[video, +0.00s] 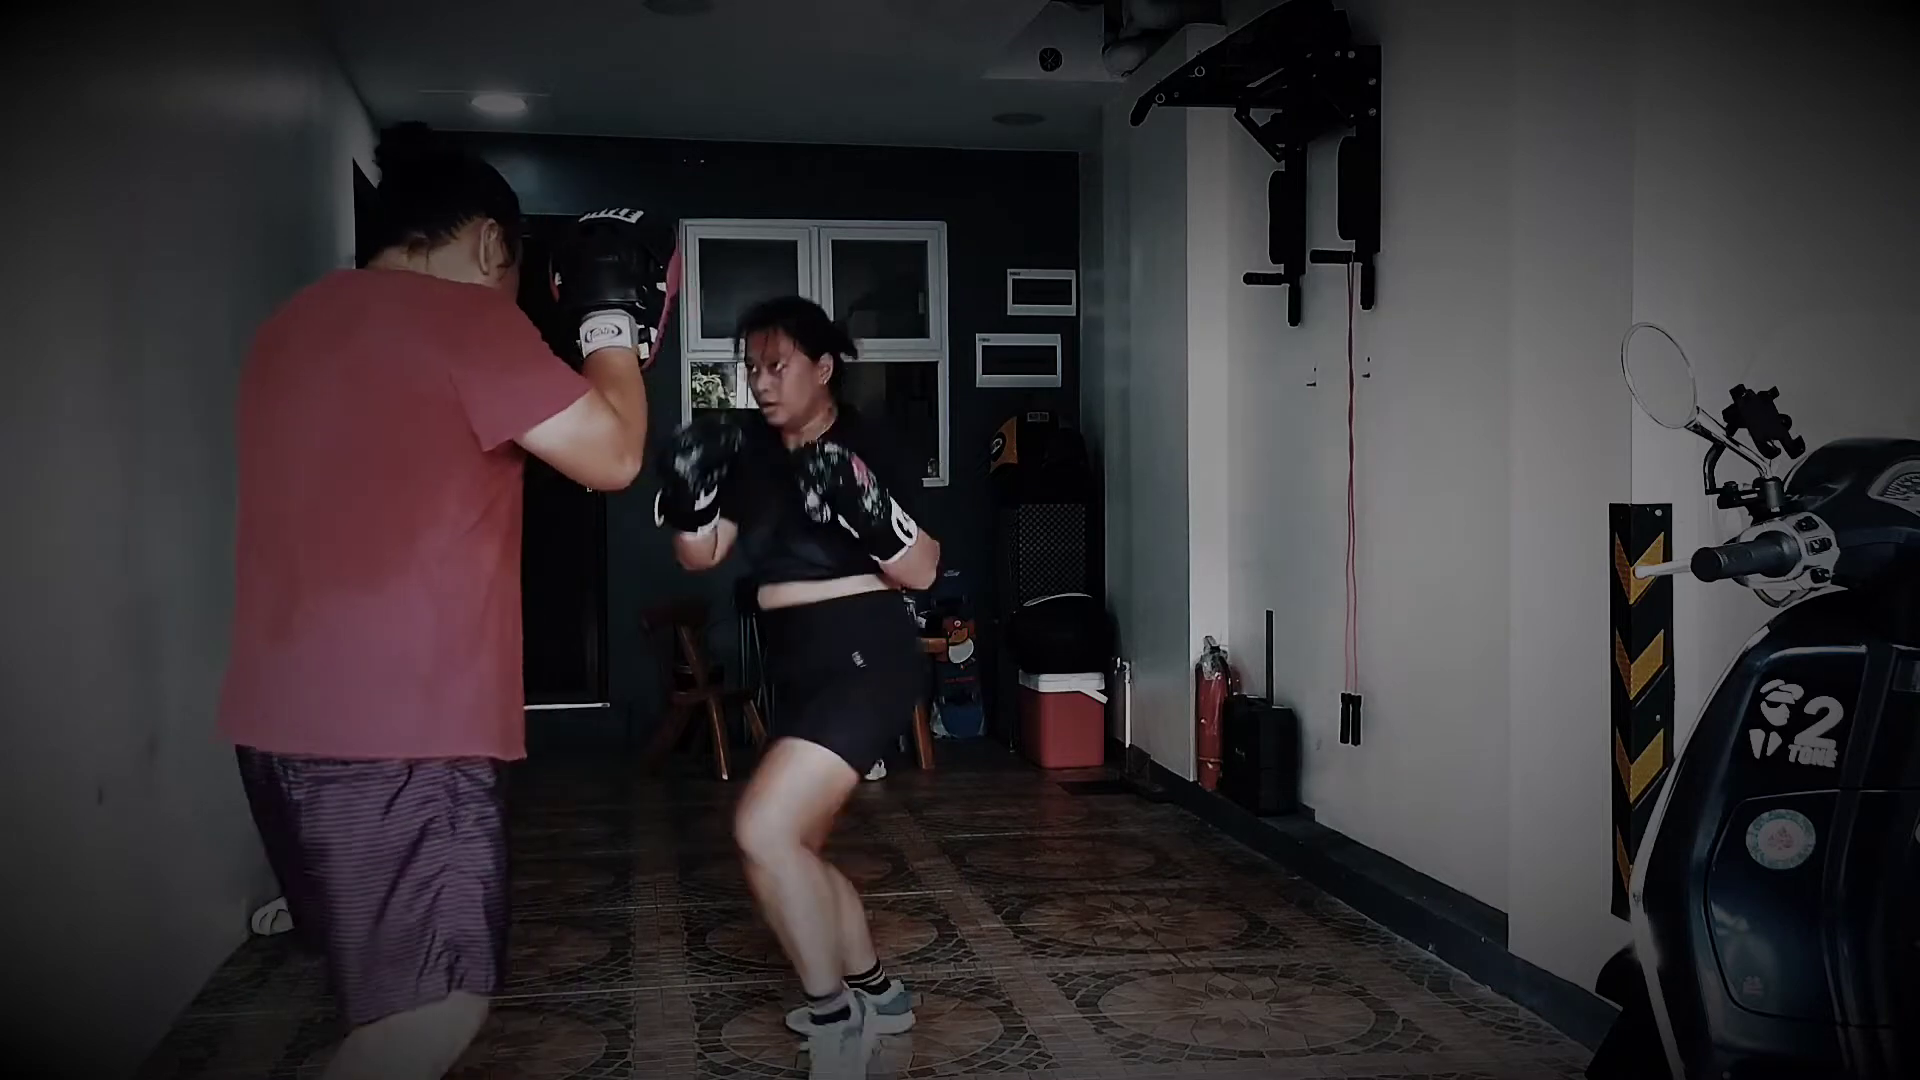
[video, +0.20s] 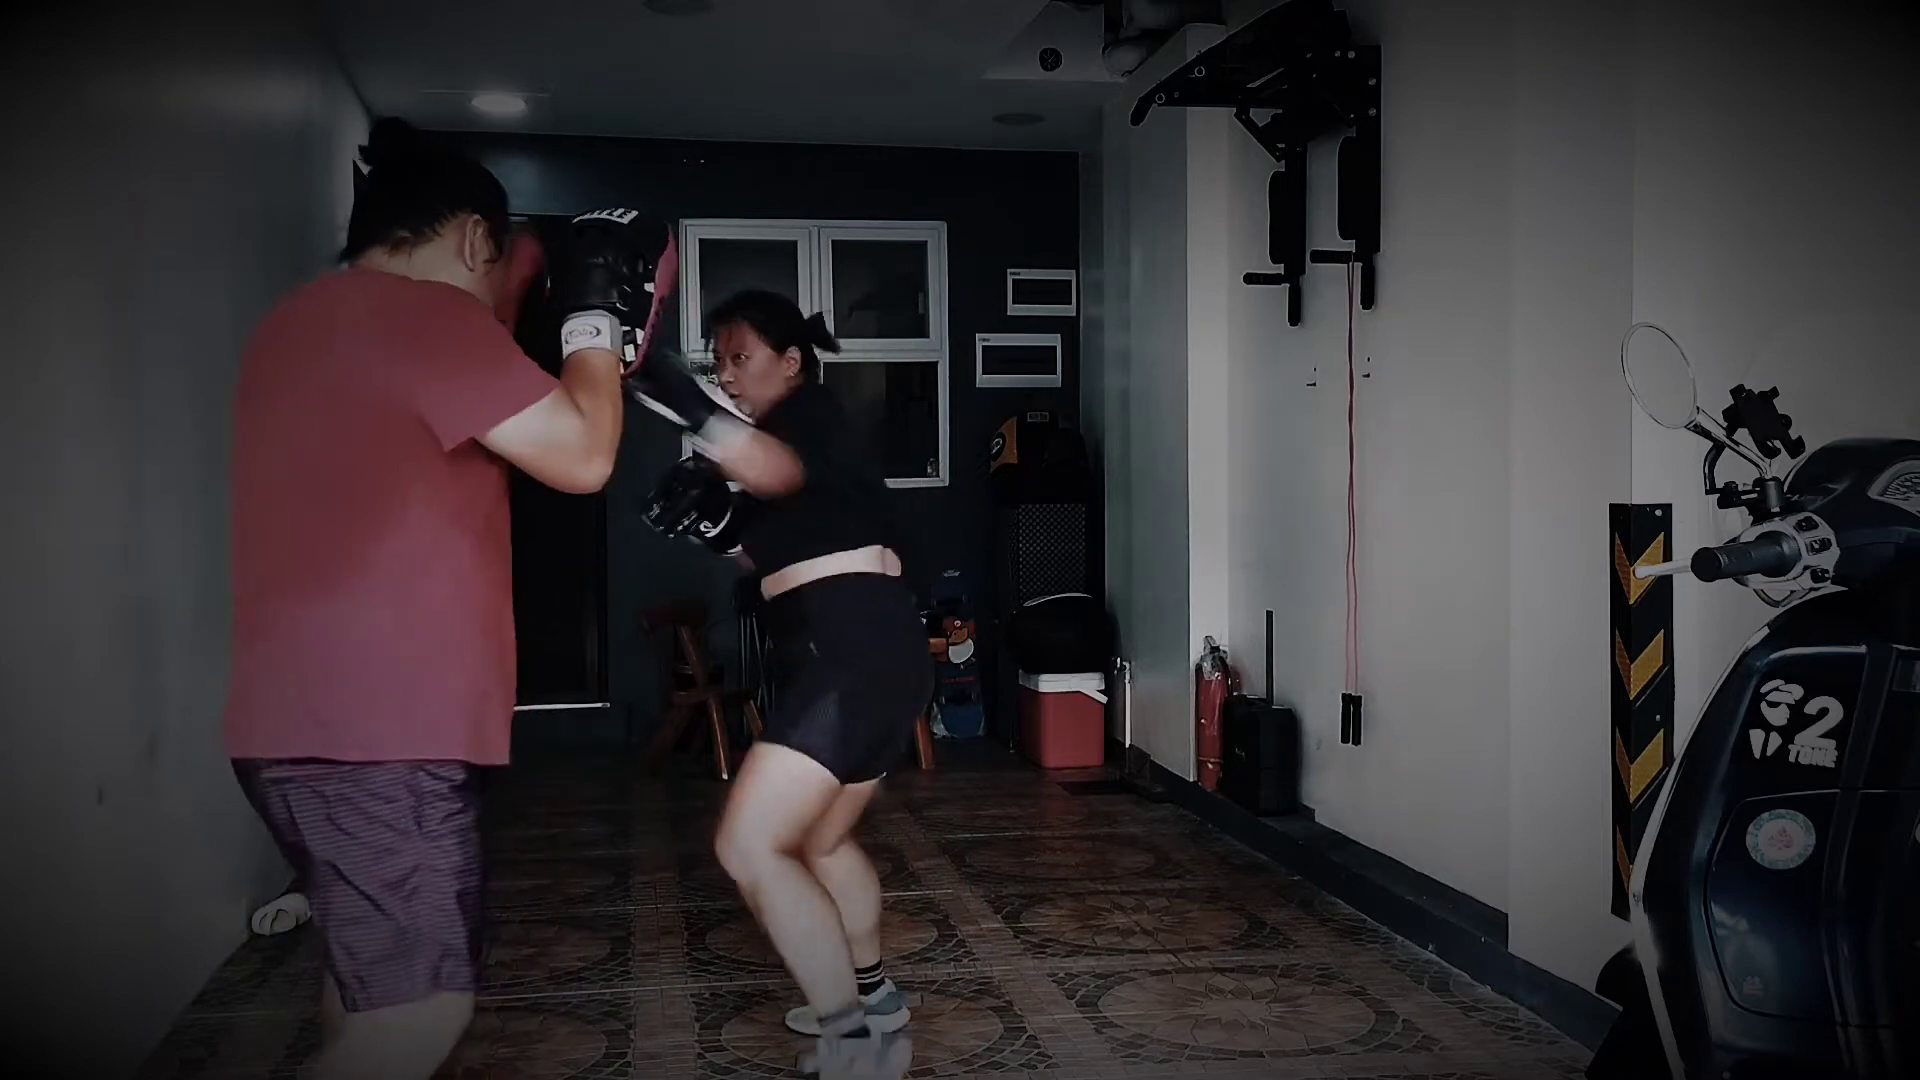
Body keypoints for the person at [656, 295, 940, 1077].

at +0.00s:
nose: (762, 383)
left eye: (778, 365)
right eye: (754, 368)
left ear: (824, 367)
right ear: (746, 376)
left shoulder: (867, 447)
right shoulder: (746, 454)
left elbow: (921, 571)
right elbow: (700, 555)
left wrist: (868, 514)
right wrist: (689, 491)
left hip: (872, 657)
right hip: (791, 663)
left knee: (764, 826)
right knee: (796, 846)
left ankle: (834, 1020)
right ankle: (873, 991)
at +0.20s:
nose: (728, 377)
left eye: (741, 358)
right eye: (721, 365)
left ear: (791, 357)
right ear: (727, 371)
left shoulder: (812, 414)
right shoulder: (798, 434)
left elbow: (771, 469)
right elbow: (779, 559)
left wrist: (690, 405)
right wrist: (721, 523)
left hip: (848, 649)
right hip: (881, 648)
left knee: (748, 841)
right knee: (823, 840)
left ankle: (849, 1033)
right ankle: (871, 990)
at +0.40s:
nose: (743, 362)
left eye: (758, 344)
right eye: (739, 347)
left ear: (812, 348)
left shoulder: (852, 422)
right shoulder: (754, 436)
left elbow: (805, 529)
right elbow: (752, 562)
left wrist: (713, 468)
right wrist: (703, 512)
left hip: (869, 666)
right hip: (794, 664)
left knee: (809, 886)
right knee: (777, 838)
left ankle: (857, 1068)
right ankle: (873, 983)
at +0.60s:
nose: (763, 375)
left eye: (779, 358)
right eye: (757, 359)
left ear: (837, 363)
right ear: (754, 363)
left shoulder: (888, 457)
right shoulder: (749, 437)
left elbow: (924, 592)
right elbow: (645, 467)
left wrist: (853, 564)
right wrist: (590, 415)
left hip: (875, 679)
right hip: (787, 681)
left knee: (815, 882)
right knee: (786, 872)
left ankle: (854, 1063)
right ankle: (888, 994)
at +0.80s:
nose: (744, 385)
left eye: (760, 367)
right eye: (739, 368)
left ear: (814, 370)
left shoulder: (840, 433)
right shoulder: (775, 443)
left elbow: (740, 500)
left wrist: (664, 430)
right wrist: (721, 528)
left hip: (872, 682)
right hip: (804, 674)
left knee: (764, 896)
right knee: (812, 867)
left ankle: (836, 1074)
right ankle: (884, 995)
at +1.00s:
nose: (809, 383)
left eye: (830, 367)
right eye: (804, 365)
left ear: (883, 378)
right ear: (798, 368)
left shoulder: (927, 472)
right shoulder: (785, 440)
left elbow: (910, 598)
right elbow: (671, 479)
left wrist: (849, 513)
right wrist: (659, 405)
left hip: (890, 696)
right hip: (805, 689)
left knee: (809, 895)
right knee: (778, 876)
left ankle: (844, 1071)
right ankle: (905, 989)